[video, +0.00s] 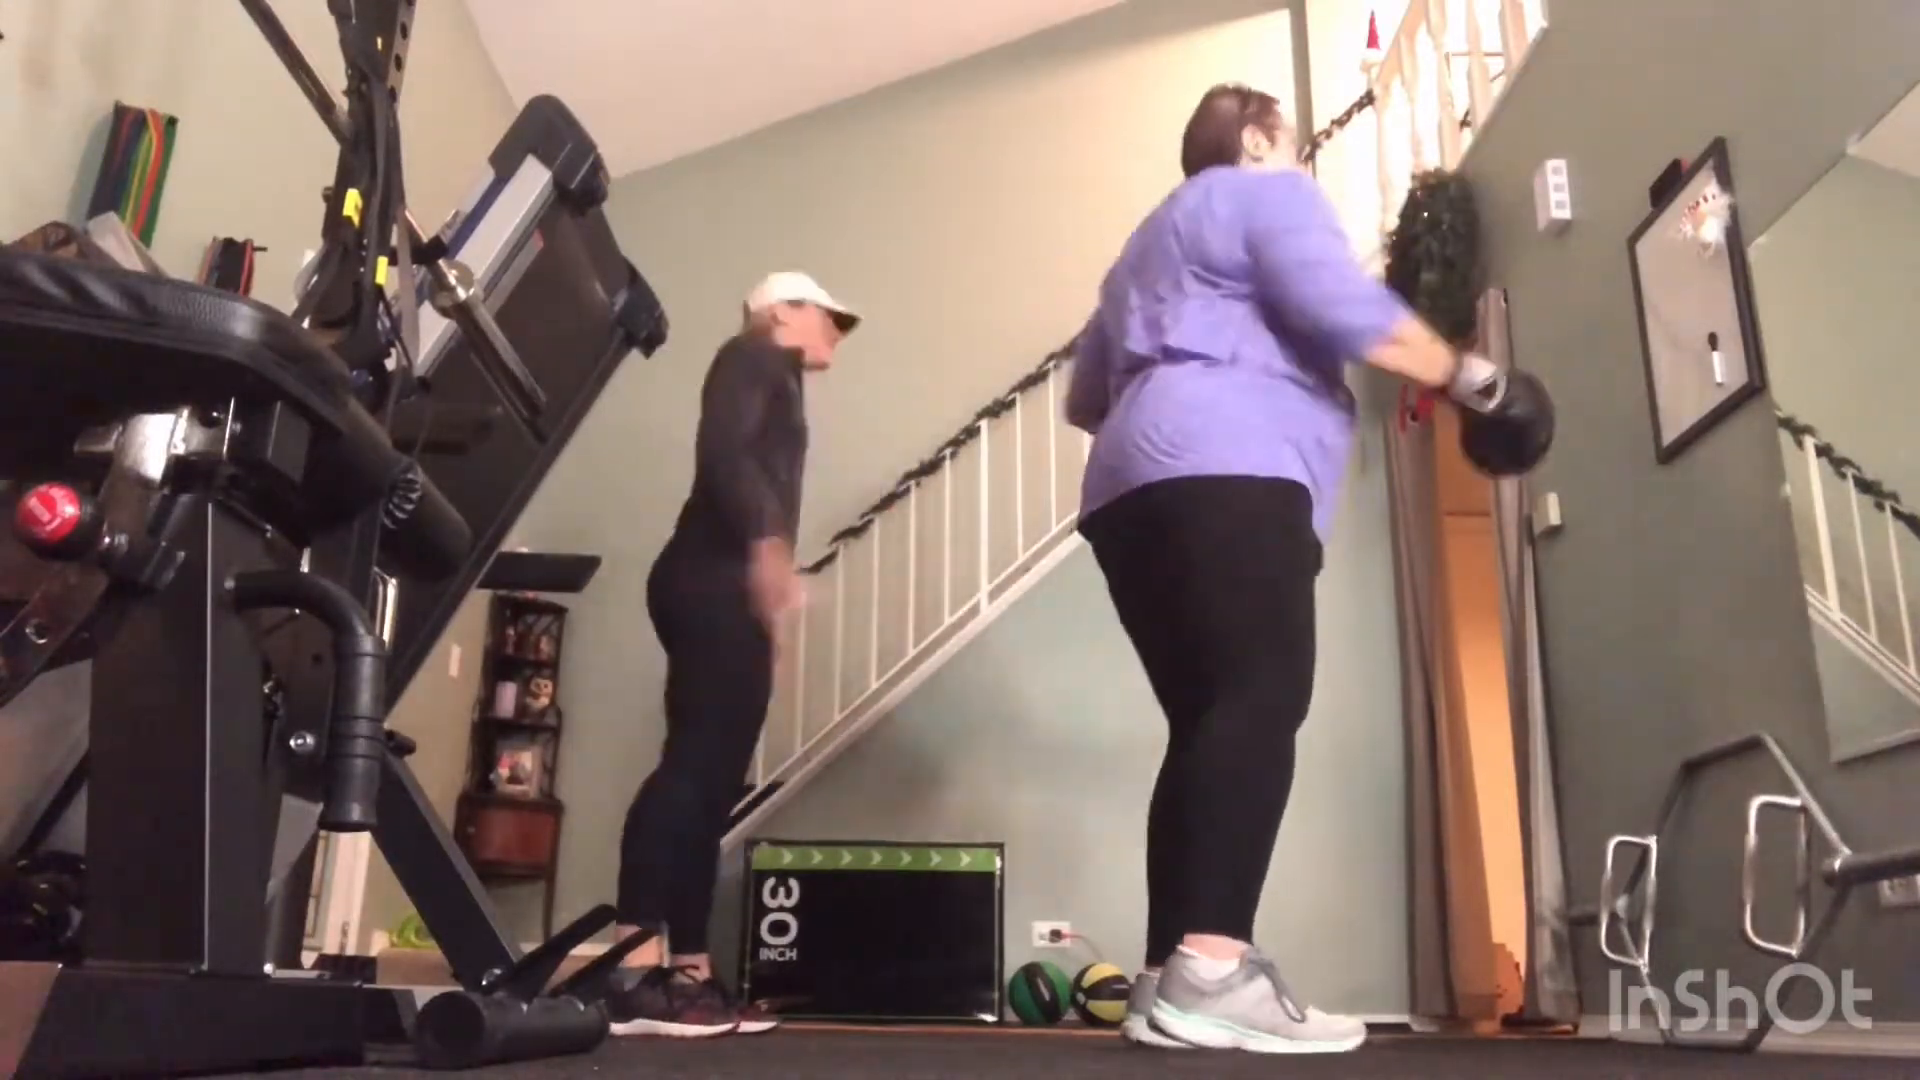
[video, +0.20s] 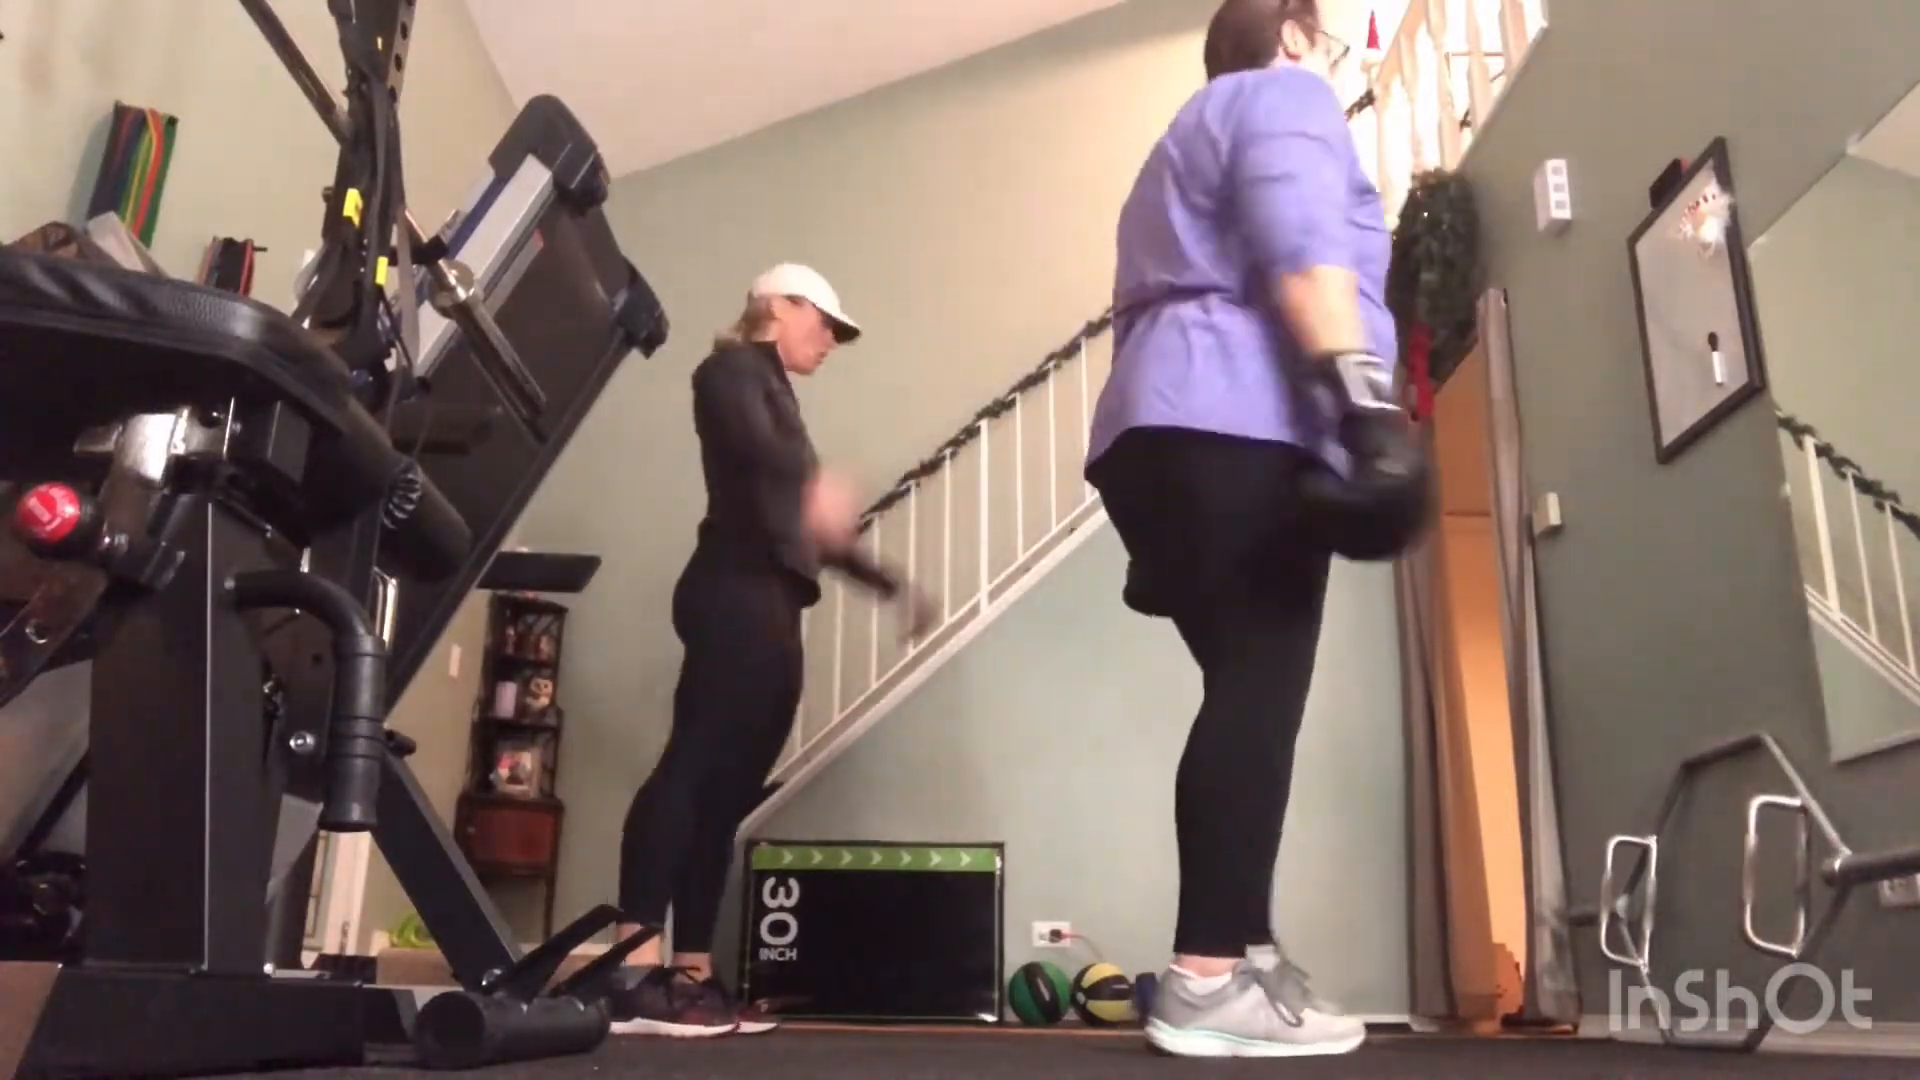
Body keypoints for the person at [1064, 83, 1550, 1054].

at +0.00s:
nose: (1296, 157)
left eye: (1290, 143)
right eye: (1288, 142)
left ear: (1198, 153)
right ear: (1256, 136)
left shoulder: (1141, 247)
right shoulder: (1270, 191)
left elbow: (1086, 395)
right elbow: (1333, 302)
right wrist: (1465, 373)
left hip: (1126, 483)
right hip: (1230, 462)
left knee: (1202, 726)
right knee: (1260, 701)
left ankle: (1176, 979)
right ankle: (1210, 972)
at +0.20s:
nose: (1327, 42)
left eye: (1321, 29)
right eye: (1318, 27)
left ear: (1222, 50)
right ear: (1290, 31)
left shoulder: (1188, 135)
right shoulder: (1280, 94)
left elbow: (1174, 303)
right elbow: (1299, 258)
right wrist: (1364, 403)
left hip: (1159, 432)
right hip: (1227, 423)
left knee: (1250, 696)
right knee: (1257, 695)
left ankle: (1235, 963)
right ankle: (1209, 976)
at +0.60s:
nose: (1309, 119)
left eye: (1311, 106)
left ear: (1323, 106)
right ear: (1418, 106)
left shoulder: (1297, 160)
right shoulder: (1510, 184)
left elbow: (1258, 284)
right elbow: (1560, 351)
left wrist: (1212, 433)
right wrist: (1567, 511)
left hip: (1332, 427)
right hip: (1506, 443)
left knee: (1291, 703)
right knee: (1500, 705)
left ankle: (1257, 965)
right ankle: (1511, 976)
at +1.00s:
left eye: (1183, 115)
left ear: (1184, 123)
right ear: (1284, 115)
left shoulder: (1144, 188)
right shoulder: (1367, 193)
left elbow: (1102, 341)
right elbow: (1419, 352)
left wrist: (1067, 493)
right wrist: (1434, 510)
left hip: (1192, 445)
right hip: (1358, 457)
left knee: (1221, 720)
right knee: (1374, 722)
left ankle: (1256, 982)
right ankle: (1407, 985)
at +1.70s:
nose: (1292, 109)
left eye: (1293, 96)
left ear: (1301, 97)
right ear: (1405, 90)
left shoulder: (1256, 161)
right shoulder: (1495, 156)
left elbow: (1207, 306)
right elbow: (1558, 298)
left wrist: (1168, 467)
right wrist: (1588, 470)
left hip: (1299, 426)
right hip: (1484, 429)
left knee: (1290, 709)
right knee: (1505, 705)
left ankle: (1279, 981)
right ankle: (1537, 985)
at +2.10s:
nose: (1373, 196)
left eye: (1374, 174)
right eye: (1369, 181)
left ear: (1413, 146)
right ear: (1461, 138)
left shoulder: (1456, 177)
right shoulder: (1556, 219)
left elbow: (1478, 290)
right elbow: (1588, 345)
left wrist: (1445, 433)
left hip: (1545, 441)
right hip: (1637, 461)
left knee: (1465, 670)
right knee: (1578, 703)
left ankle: (1548, 964)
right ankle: (1635, 983)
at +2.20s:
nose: (1384, 167)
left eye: (1390, 145)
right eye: (1381, 152)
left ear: (1436, 126)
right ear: (1435, 130)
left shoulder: (1489, 157)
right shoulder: (1455, 220)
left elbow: (1527, 275)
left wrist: (1497, 431)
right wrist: (1406, 252)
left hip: (1610, 427)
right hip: (1573, 447)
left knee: (1585, 678)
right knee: (1566, 694)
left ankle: (1693, 982)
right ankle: (1640, 980)